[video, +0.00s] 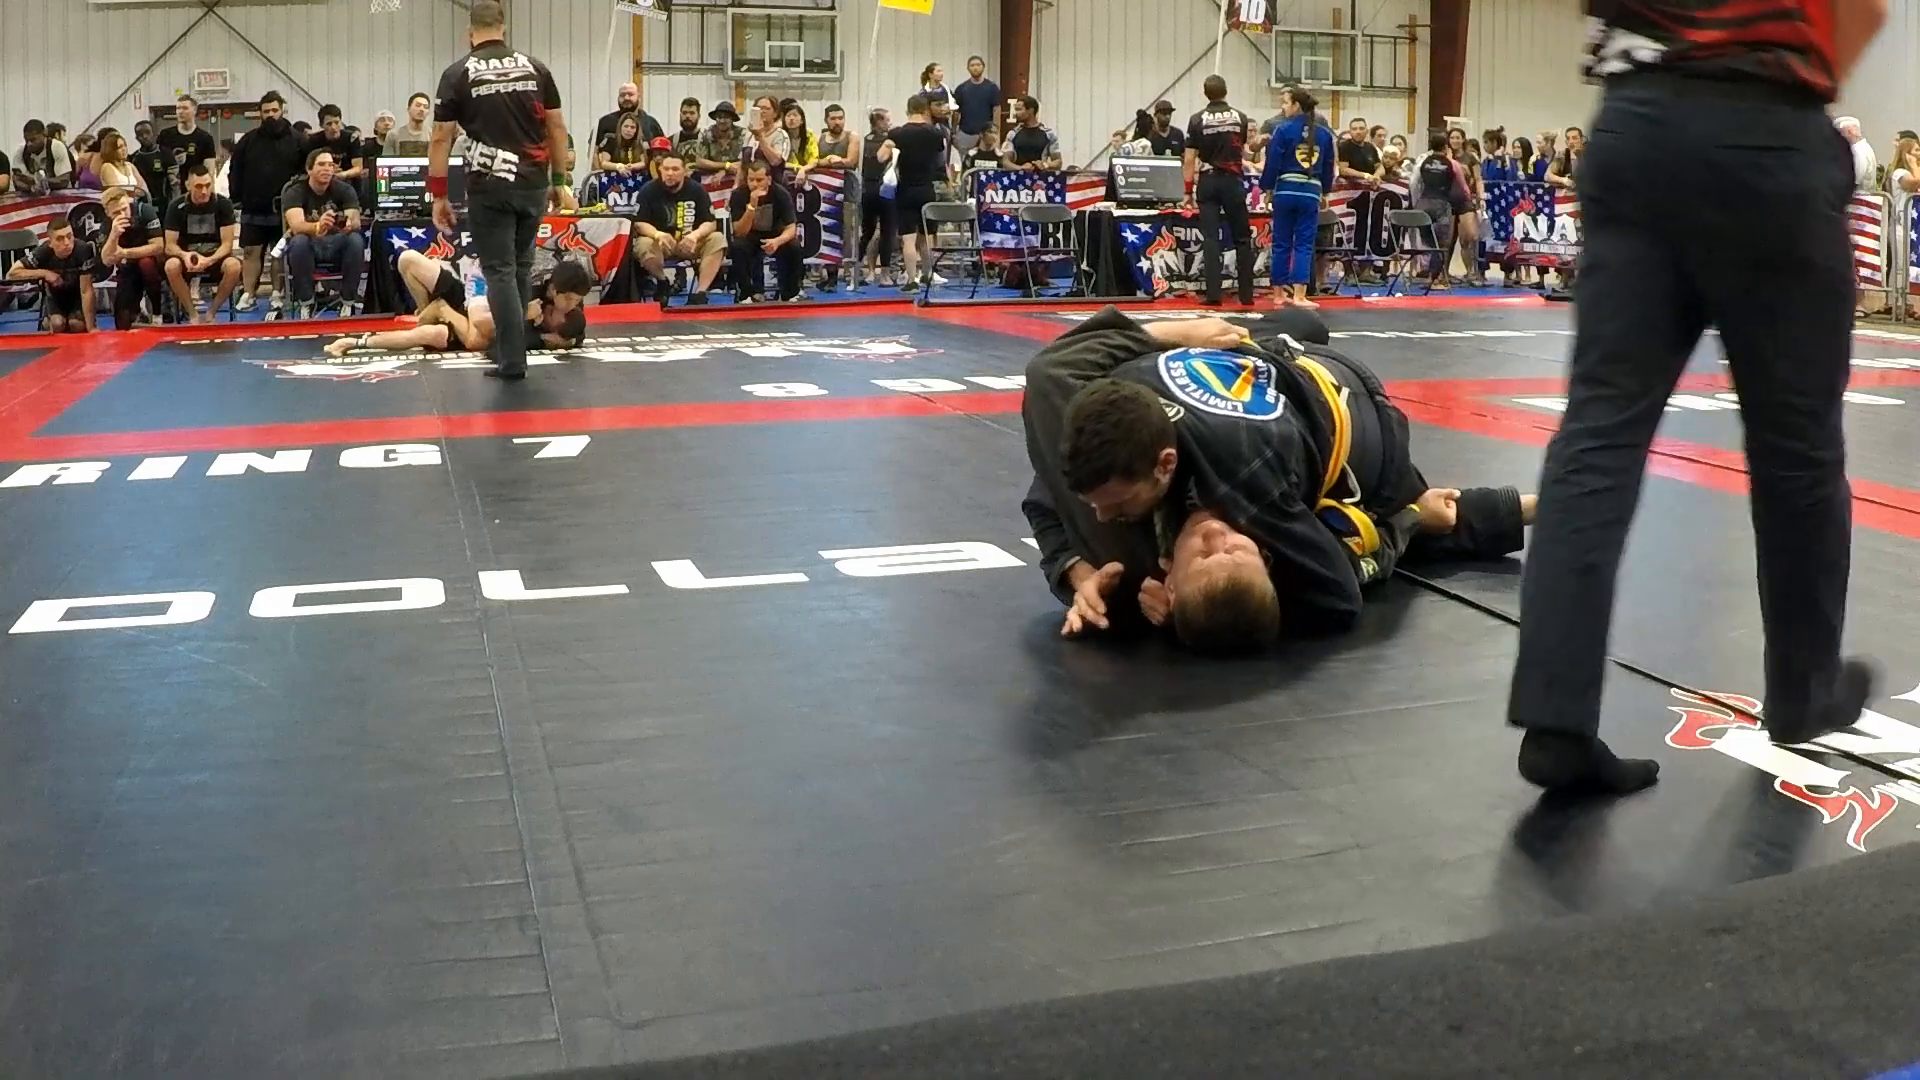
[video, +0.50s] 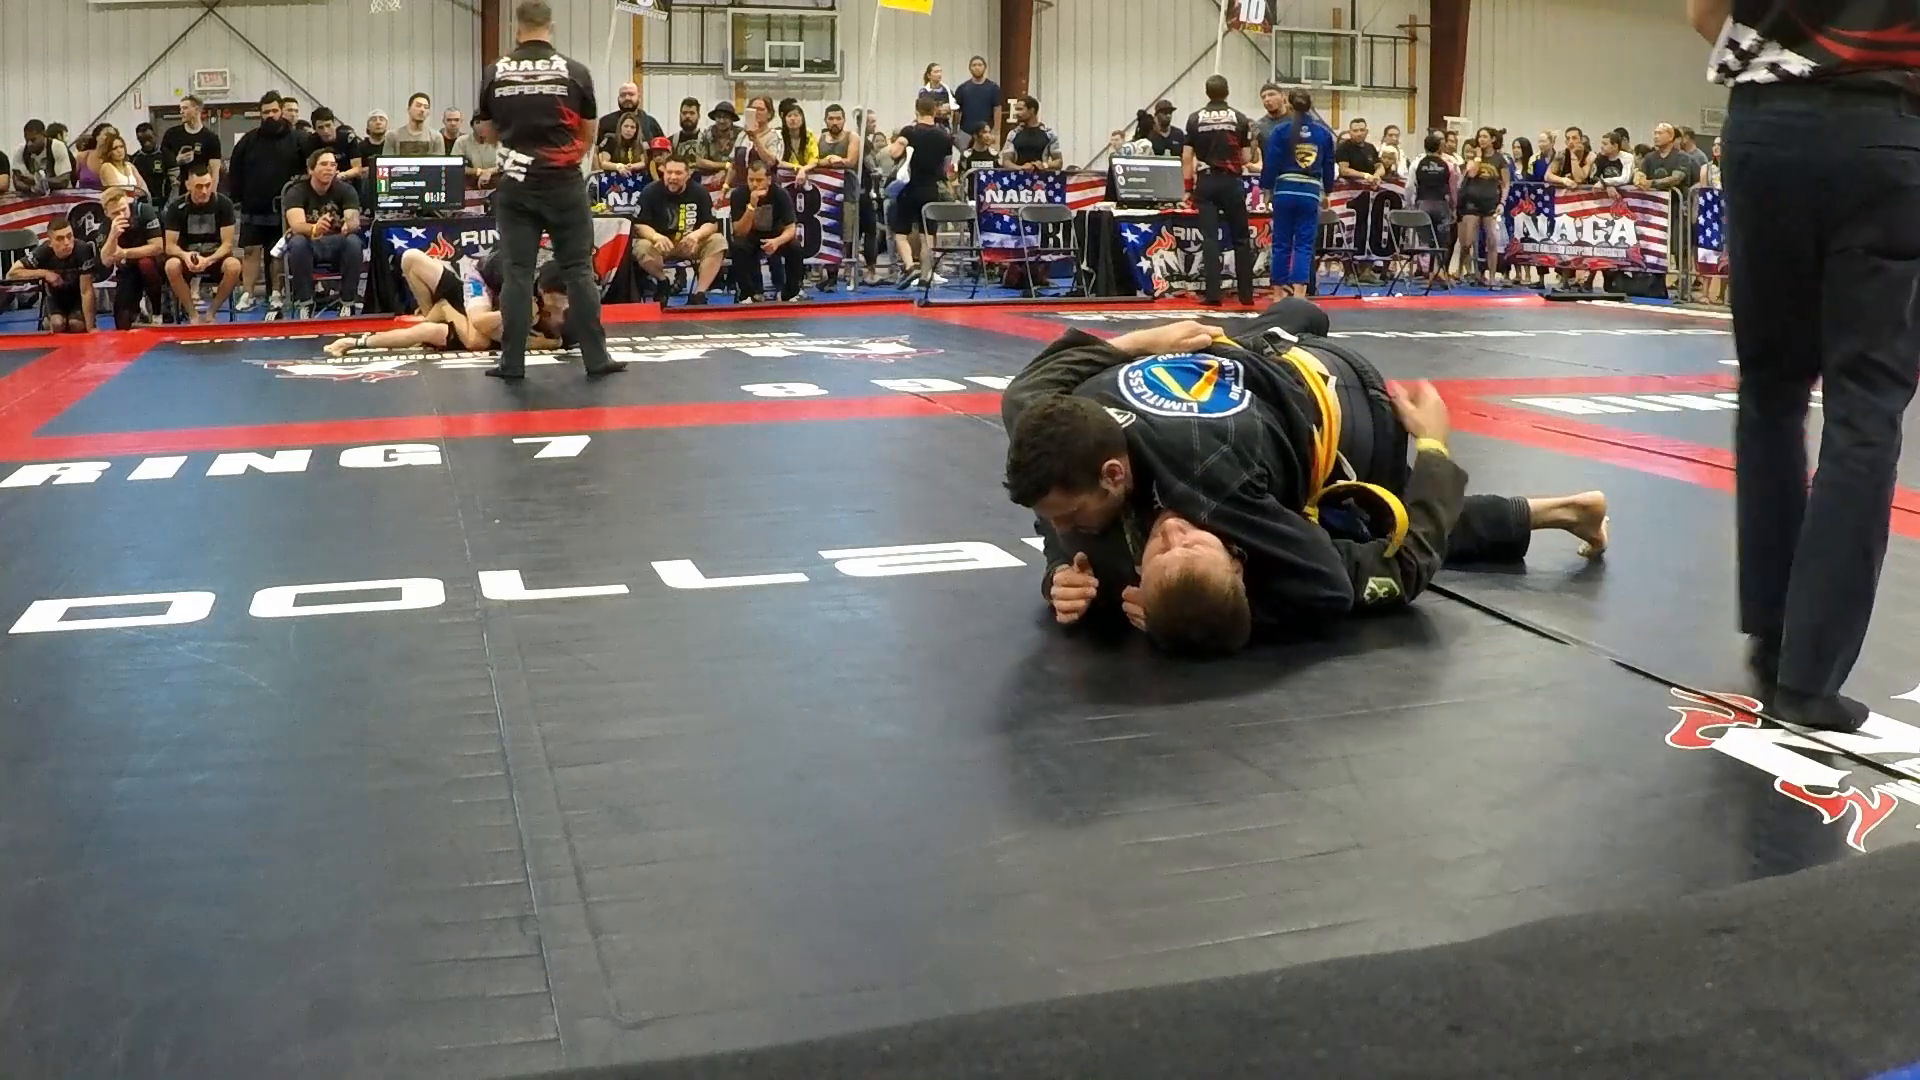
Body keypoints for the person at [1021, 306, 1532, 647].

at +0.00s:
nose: (1103, 514)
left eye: (1118, 503)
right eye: (1093, 501)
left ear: (1166, 465)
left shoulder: (1249, 491)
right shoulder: (1081, 412)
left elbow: (1338, 602)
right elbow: (1045, 505)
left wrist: (1188, 611)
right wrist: (1075, 571)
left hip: (1356, 429)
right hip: (1278, 361)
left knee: (1422, 513)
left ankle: (1581, 518)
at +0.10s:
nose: (1094, 523)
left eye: (1105, 512)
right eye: (1081, 509)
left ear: (1153, 473)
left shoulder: (1242, 496)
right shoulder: (1069, 413)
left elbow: (1337, 600)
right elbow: (1043, 512)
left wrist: (1193, 611)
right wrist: (1067, 573)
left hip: (1355, 433)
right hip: (1280, 358)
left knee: (1410, 517)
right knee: (1291, 316)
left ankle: (1578, 506)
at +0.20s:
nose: (1080, 523)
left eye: (1094, 511)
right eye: (1065, 508)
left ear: (1139, 476)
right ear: (1053, 476)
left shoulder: (1233, 495)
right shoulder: (1060, 430)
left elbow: (1335, 604)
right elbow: (1043, 515)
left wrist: (1186, 615)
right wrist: (1057, 573)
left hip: (1351, 429)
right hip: (1273, 358)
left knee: (1420, 522)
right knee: (1297, 312)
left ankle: (1568, 509)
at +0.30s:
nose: (1061, 519)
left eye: (1073, 507)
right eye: (1049, 507)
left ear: (1122, 478)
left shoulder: (1227, 500)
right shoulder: (1063, 438)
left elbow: (1334, 596)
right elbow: (1053, 527)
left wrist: (1189, 617)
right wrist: (1063, 581)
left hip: (1357, 432)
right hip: (1284, 364)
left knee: (1410, 526)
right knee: (1287, 312)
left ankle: (1564, 509)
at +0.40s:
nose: (1058, 523)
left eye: (1068, 509)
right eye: (1044, 513)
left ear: (1116, 475)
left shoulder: (1217, 494)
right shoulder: (1066, 440)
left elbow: (1332, 594)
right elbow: (1061, 533)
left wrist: (1192, 617)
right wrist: (1064, 581)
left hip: (1353, 425)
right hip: (1280, 360)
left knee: (1417, 529)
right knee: (1291, 310)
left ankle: (1563, 511)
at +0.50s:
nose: (1059, 526)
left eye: (1069, 514)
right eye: (1044, 516)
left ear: (1115, 477)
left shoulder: (1216, 494)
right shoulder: (1067, 438)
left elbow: (1330, 592)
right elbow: (1061, 532)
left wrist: (1190, 617)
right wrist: (1066, 580)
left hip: (1348, 420)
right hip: (1276, 360)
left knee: (1433, 528)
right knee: (1289, 319)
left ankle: (1570, 511)